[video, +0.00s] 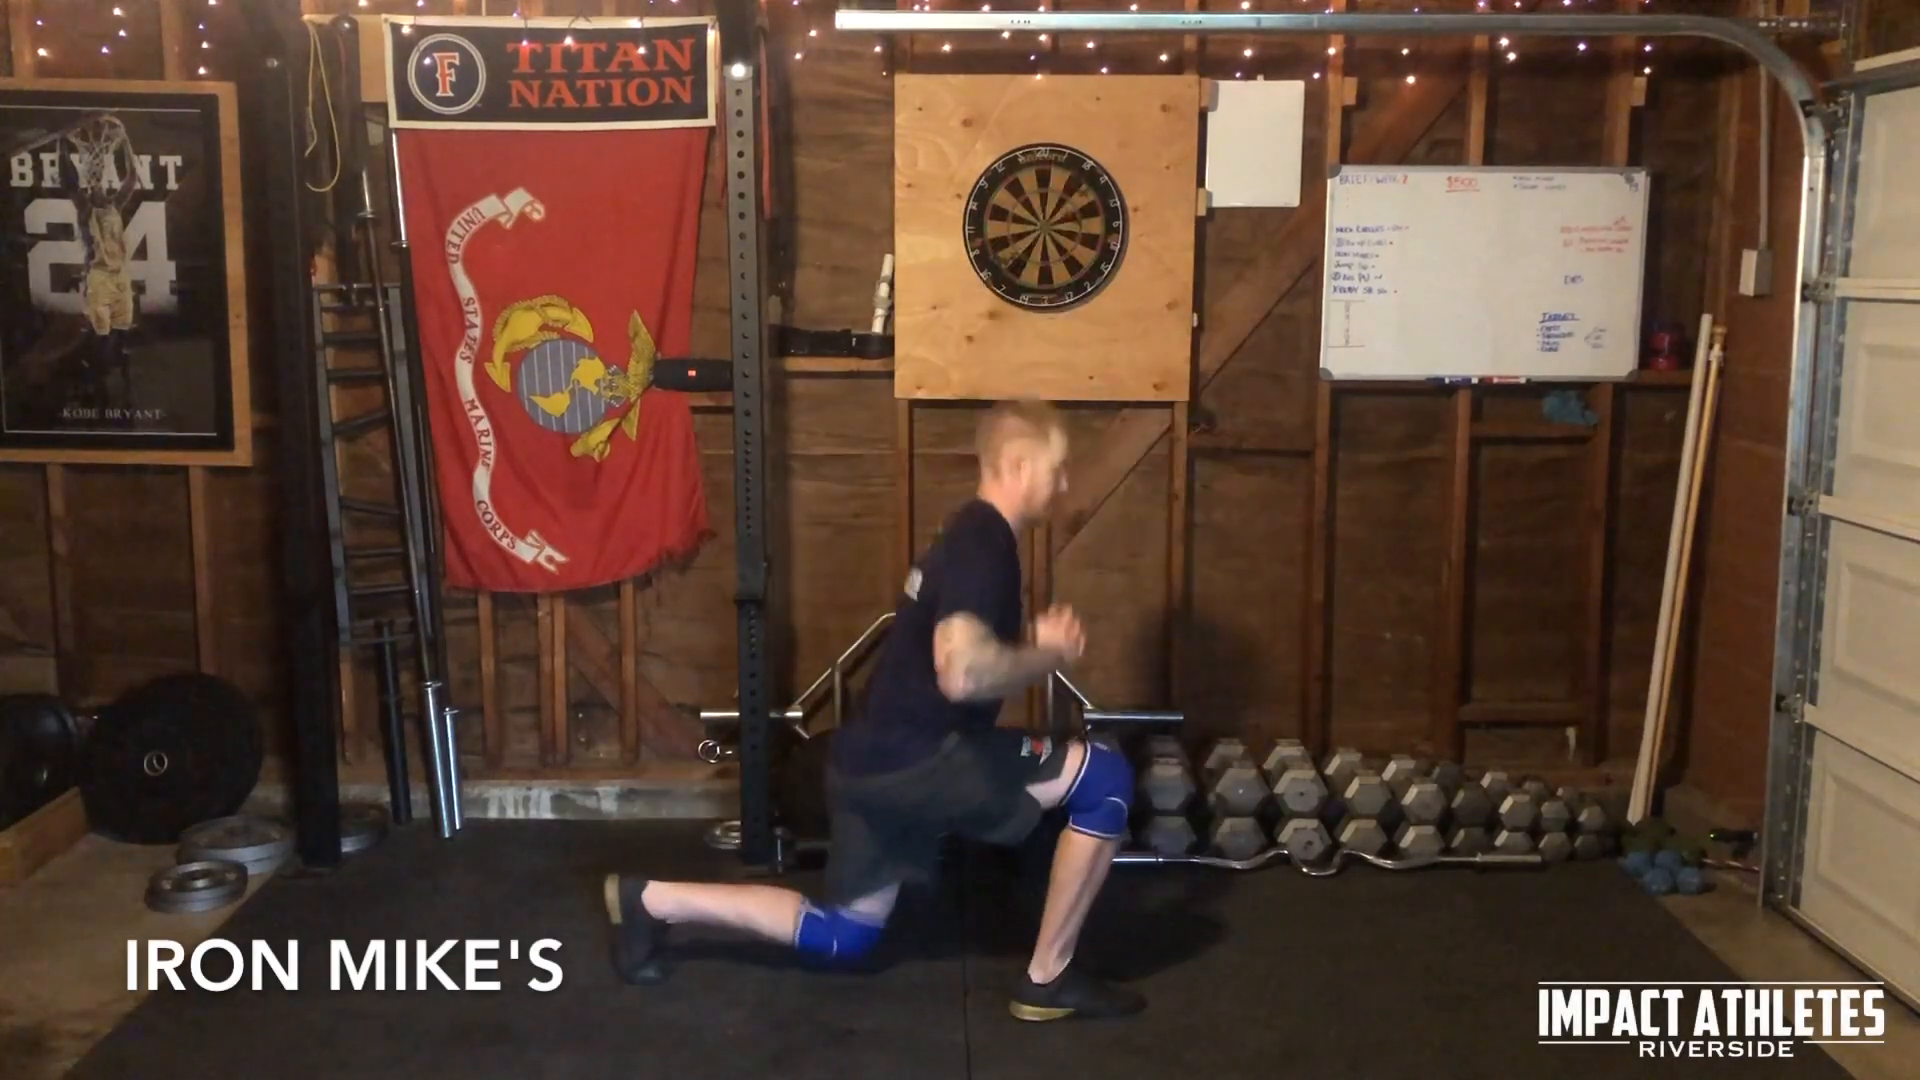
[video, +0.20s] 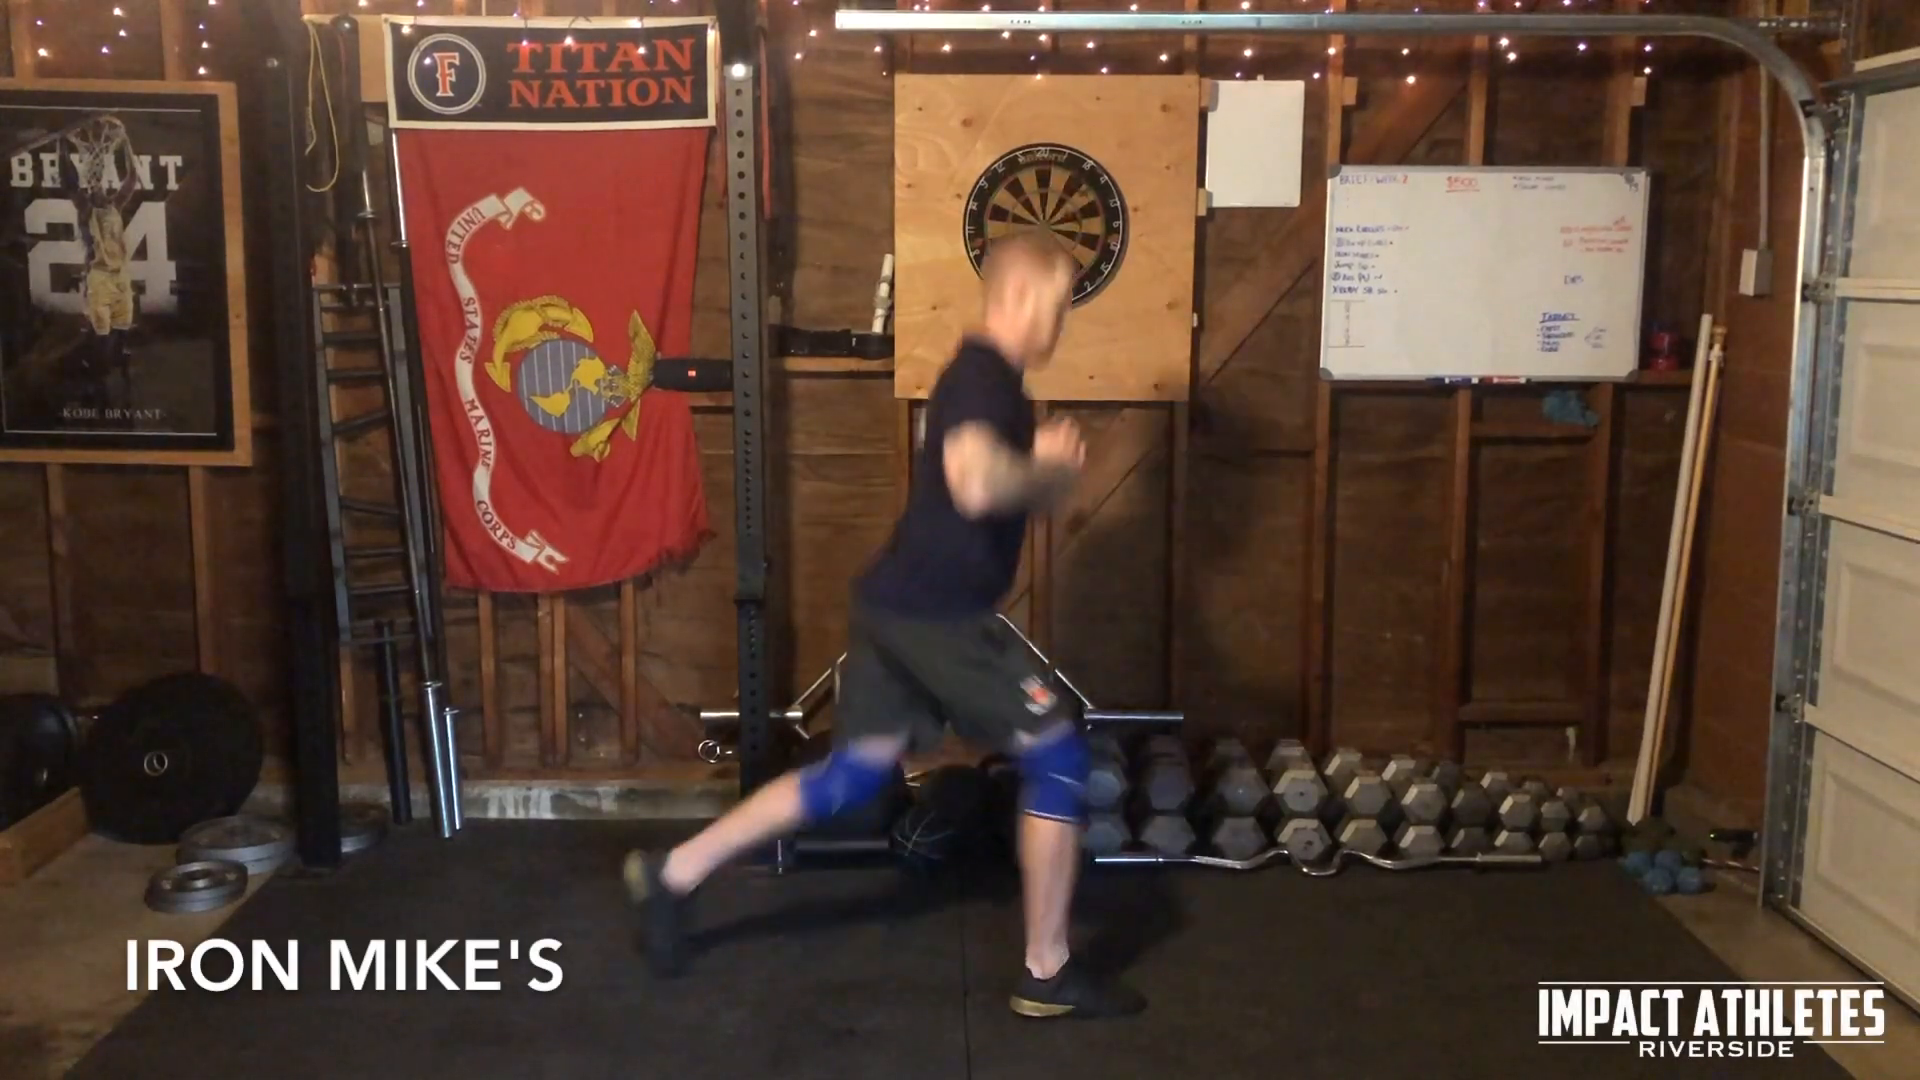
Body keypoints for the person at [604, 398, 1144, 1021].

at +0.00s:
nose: (1064, 485)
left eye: (1064, 469)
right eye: (1057, 469)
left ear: (1007, 467)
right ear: (1016, 466)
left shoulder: (973, 534)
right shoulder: (982, 539)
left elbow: (958, 658)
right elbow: (962, 672)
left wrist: (1031, 648)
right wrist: (1042, 650)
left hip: (873, 762)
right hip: (914, 763)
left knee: (846, 933)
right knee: (1107, 778)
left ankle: (647, 898)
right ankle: (1048, 976)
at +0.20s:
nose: (1061, 321)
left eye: (1065, 303)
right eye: (1057, 302)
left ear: (1002, 298)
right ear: (1020, 297)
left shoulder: (990, 380)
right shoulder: (980, 379)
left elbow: (1002, 490)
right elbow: (975, 484)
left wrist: (1048, 468)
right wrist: (1051, 467)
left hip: (897, 604)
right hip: (937, 610)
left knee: (858, 770)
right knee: (1056, 754)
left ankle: (673, 871)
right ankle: (1047, 968)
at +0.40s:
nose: (1087, 242)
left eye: (1092, 226)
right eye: (1087, 220)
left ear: (1028, 202)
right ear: (1044, 202)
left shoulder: (992, 276)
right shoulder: (1001, 277)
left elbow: (990, 390)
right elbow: (1008, 403)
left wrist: (1050, 378)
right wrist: (1066, 397)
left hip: (931, 520)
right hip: (932, 526)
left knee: (952, 705)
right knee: (960, 710)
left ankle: (883, 882)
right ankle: (814, 880)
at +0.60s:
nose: (1095, 338)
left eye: (1099, 321)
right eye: (1093, 319)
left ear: (1036, 306)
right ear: (1059, 311)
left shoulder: (1015, 384)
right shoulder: (1010, 387)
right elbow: (1011, 532)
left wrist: (1056, 506)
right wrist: (1070, 504)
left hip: (978, 638)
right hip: (929, 638)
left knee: (1068, 736)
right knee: (854, 811)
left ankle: (1041, 933)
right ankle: (656, 908)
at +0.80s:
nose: (1095, 490)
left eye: (1097, 475)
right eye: (1090, 474)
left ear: (1040, 466)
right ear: (1049, 467)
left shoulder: (1020, 538)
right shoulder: (1006, 549)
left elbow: (991, 666)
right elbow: (976, 696)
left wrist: (1049, 669)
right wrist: (1055, 675)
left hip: (976, 751)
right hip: (916, 774)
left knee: (1115, 762)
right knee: (853, 962)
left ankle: (1044, 936)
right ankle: (641, 941)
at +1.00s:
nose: (1085, 497)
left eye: (1086, 480)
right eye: (1079, 479)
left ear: (1026, 475)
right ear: (1038, 474)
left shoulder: (1015, 551)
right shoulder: (997, 558)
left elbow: (996, 679)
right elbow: (985, 711)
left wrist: (1055, 684)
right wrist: (1065, 667)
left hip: (970, 765)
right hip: (907, 788)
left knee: (1111, 759)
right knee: (839, 970)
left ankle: (1043, 935)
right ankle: (629, 939)